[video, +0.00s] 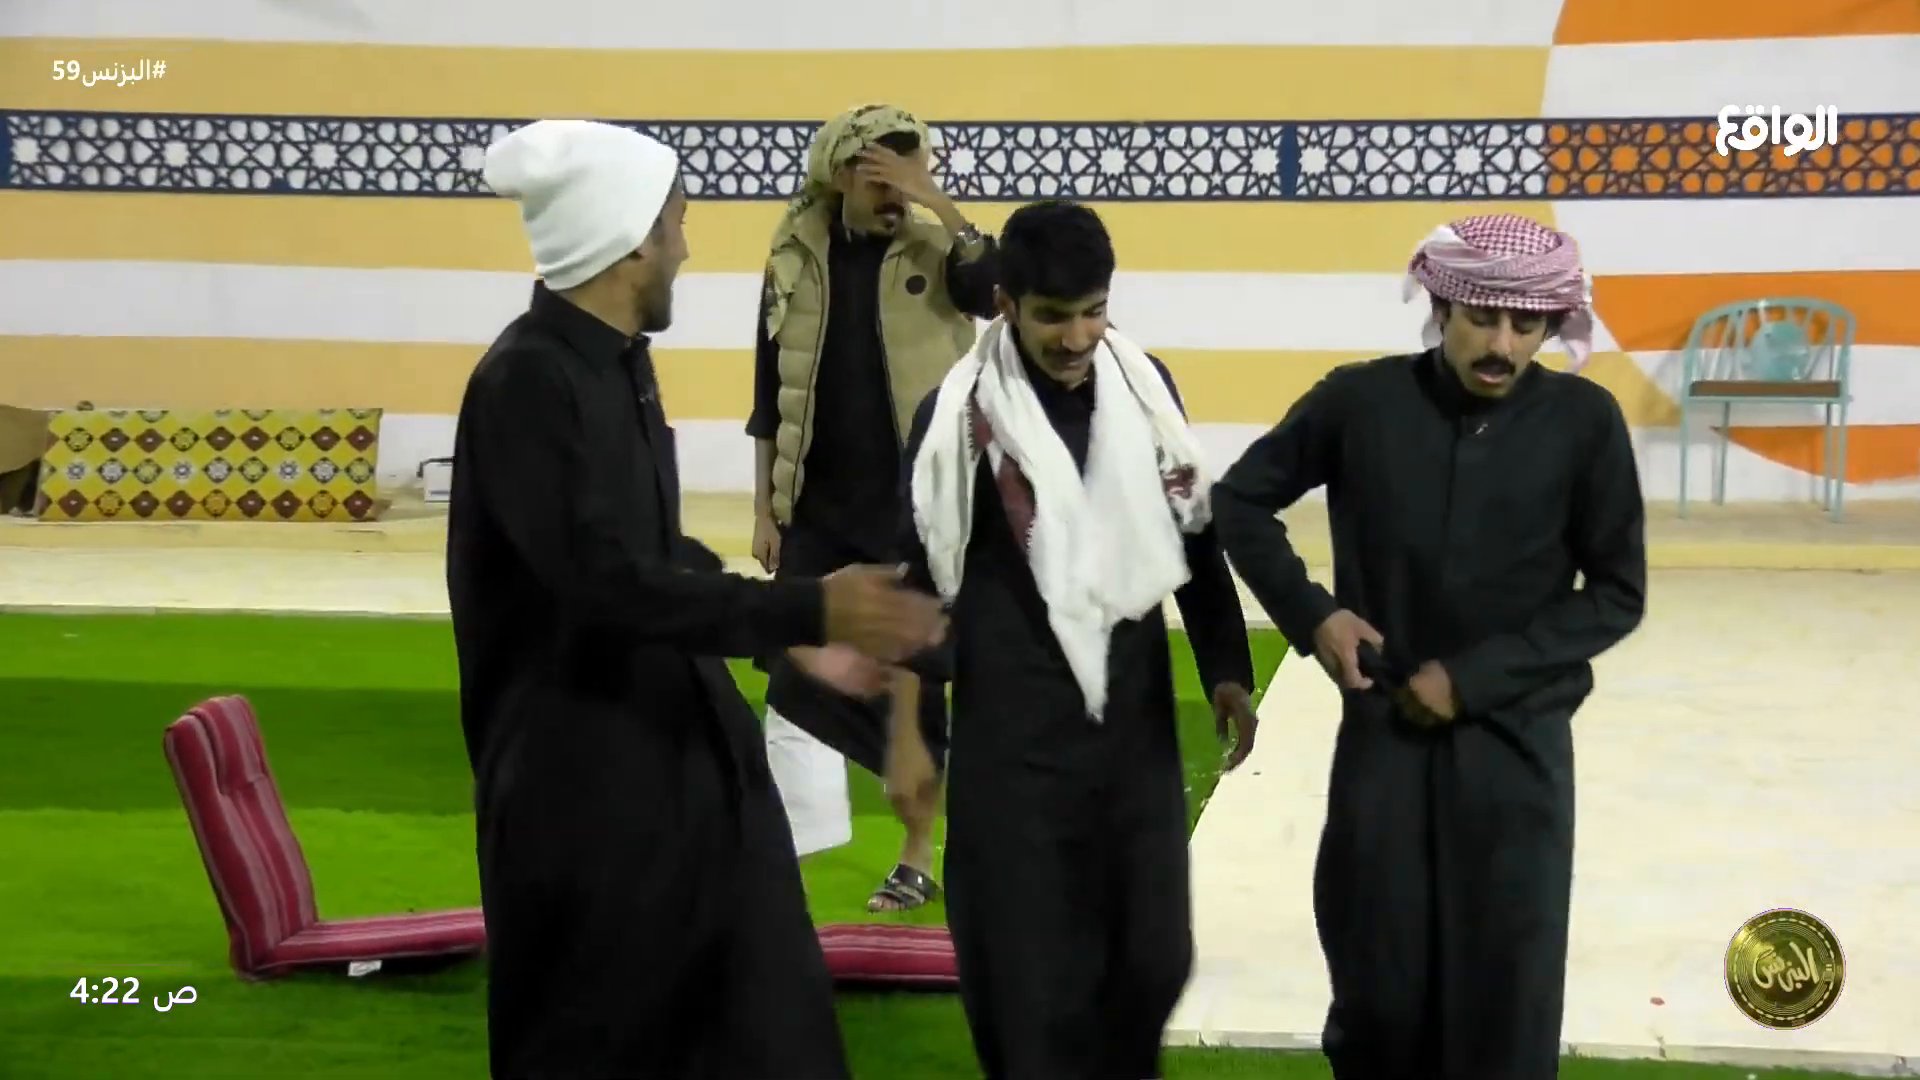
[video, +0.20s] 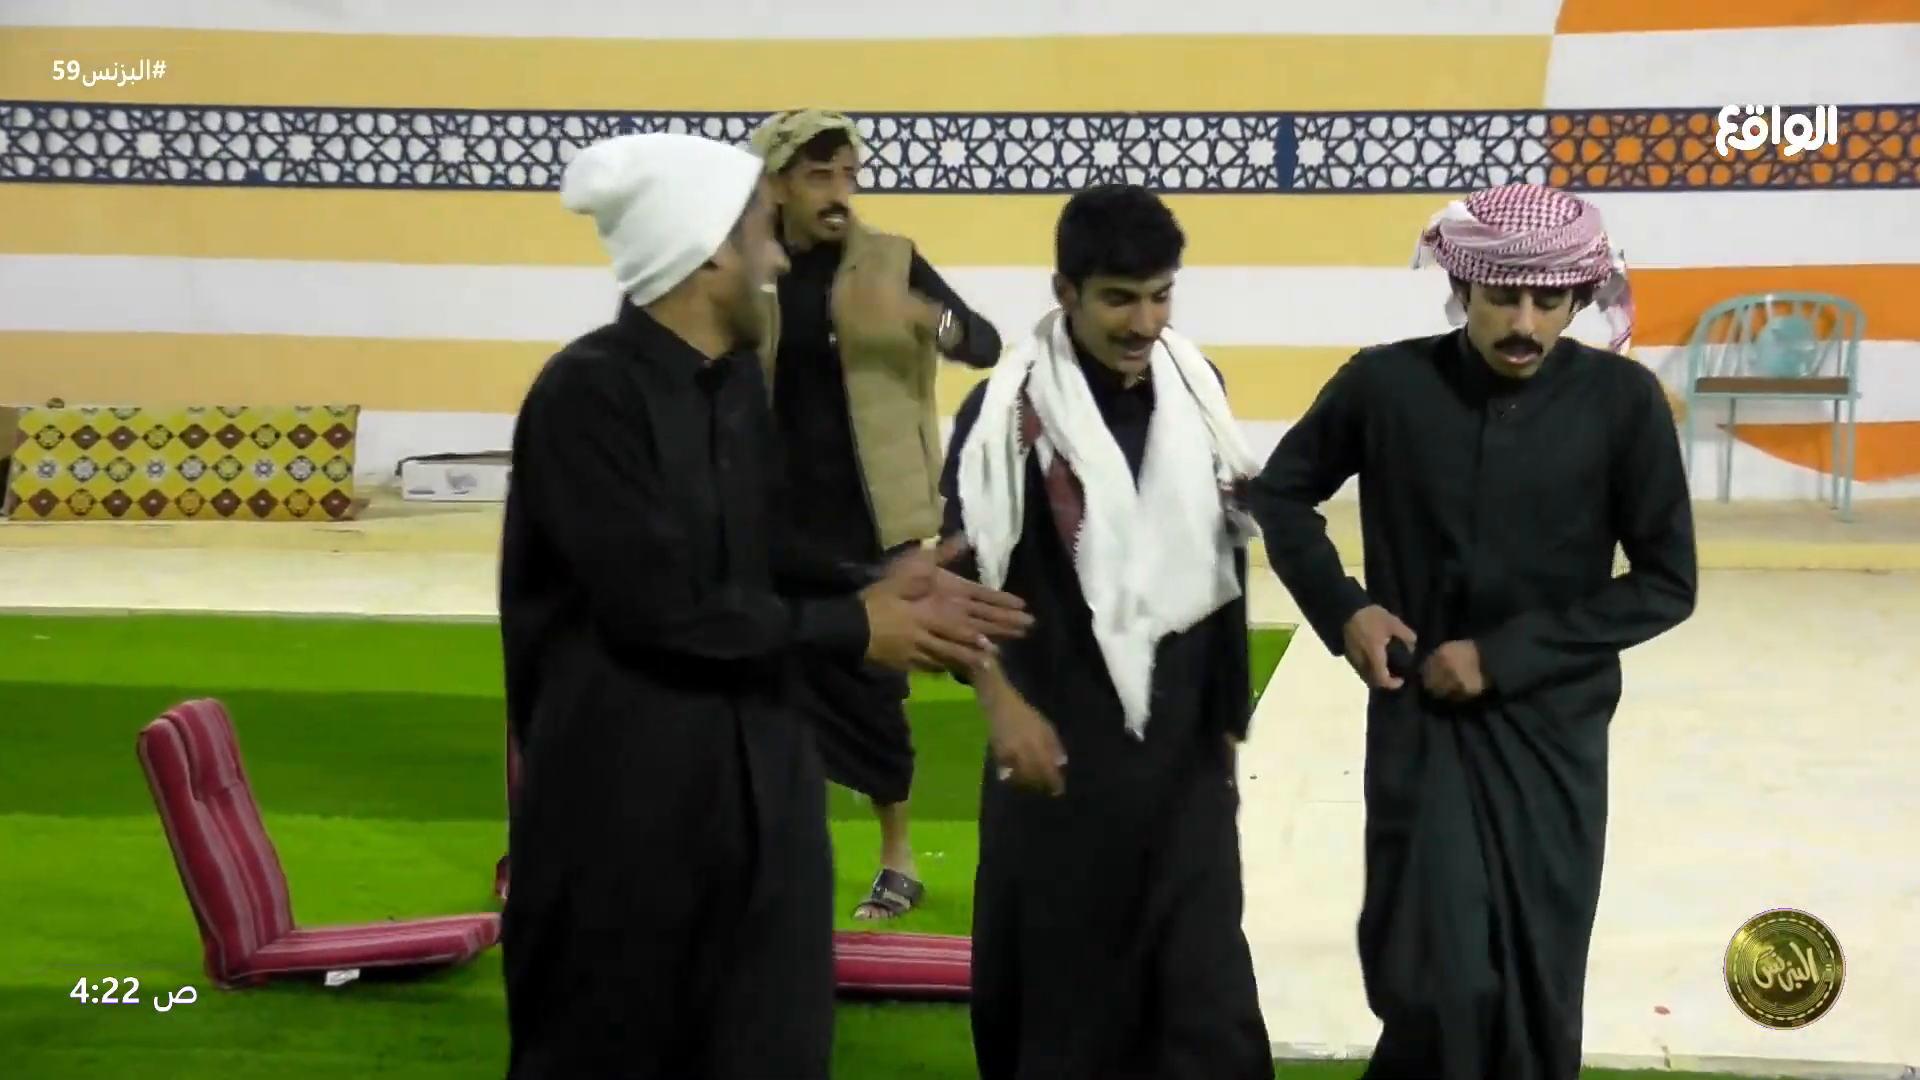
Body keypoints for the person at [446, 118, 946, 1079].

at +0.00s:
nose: (685, 249)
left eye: (681, 222)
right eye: (676, 221)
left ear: (607, 241)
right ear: (632, 236)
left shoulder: (613, 369)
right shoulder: (532, 379)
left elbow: (660, 566)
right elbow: (602, 587)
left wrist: (802, 653)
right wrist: (808, 610)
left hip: (669, 785)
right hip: (582, 807)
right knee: (596, 1044)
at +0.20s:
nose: (782, 262)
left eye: (776, 235)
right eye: (763, 235)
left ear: (703, 257)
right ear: (706, 252)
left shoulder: (737, 393)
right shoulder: (585, 395)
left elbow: (752, 563)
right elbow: (657, 618)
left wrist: (873, 590)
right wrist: (853, 630)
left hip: (760, 836)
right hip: (623, 841)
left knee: (768, 1054)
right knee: (611, 1059)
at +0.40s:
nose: (848, 253)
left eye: (845, 222)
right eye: (824, 223)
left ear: (756, 242)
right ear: (745, 240)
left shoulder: (829, 370)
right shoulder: (619, 387)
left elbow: (880, 563)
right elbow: (622, 615)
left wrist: (970, 603)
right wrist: (838, 687)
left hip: (845, 821)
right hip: (692, 832)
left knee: (840, 1056)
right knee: (697, 1057)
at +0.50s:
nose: (859, 234)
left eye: (851, 204)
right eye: (830, 207)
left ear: (765, 238)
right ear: (751, 236)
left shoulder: (862, 362)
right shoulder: (636, 389)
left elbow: (911, 554)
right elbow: (619, 616)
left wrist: (991, 588)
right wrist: (821, 694)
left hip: (871, 825)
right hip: (714, 837)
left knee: (863, 1055)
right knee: (756, 1057)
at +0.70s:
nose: (943, 256)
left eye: (935, 224)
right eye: (914, 224)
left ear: (854, 249)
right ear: (832, 248)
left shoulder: (927, 387)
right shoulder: (705, 404)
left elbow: (974, 593)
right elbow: (655, 648)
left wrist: (1059, 616)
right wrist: (865, 738)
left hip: (925, 832)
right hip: (764, 844)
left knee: (926, 1057)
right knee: (872, 1056)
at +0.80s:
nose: (989, 290)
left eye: (984, 260)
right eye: (974, 260)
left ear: (913, 275)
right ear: (906, 276)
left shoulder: (932, 418)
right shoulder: (759, 426)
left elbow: (970, 634)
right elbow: (750, 675)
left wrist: (1107, 621)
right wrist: (986, 743)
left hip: (953, 881)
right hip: (828, 898)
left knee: (977, 1055)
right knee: (891, 1058)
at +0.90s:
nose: (1006, 300)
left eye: (1002, 268)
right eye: (997, 268)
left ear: (938, 279)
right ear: (939, 280)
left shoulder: (909, 429)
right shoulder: (817, 432)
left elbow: (950, 636)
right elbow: (864, 661)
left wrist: (1114, 595)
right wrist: (1085, 715)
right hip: (877, 918)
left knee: (1013, 1056)